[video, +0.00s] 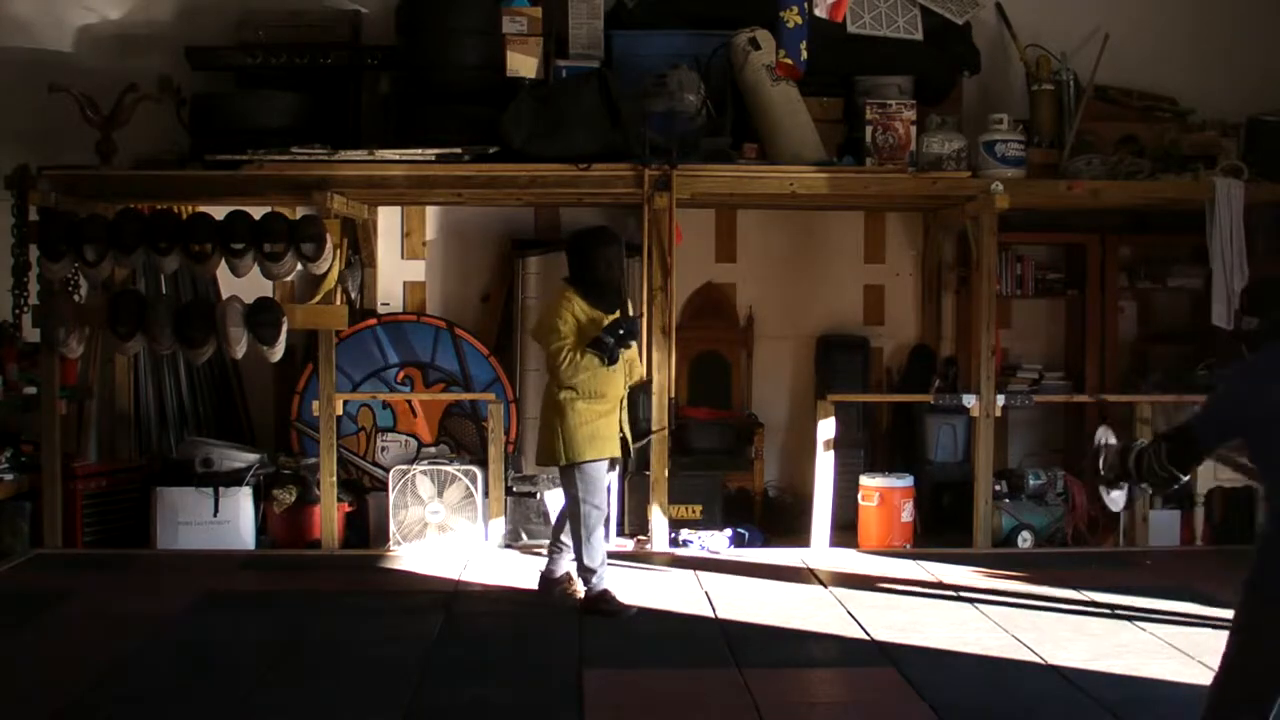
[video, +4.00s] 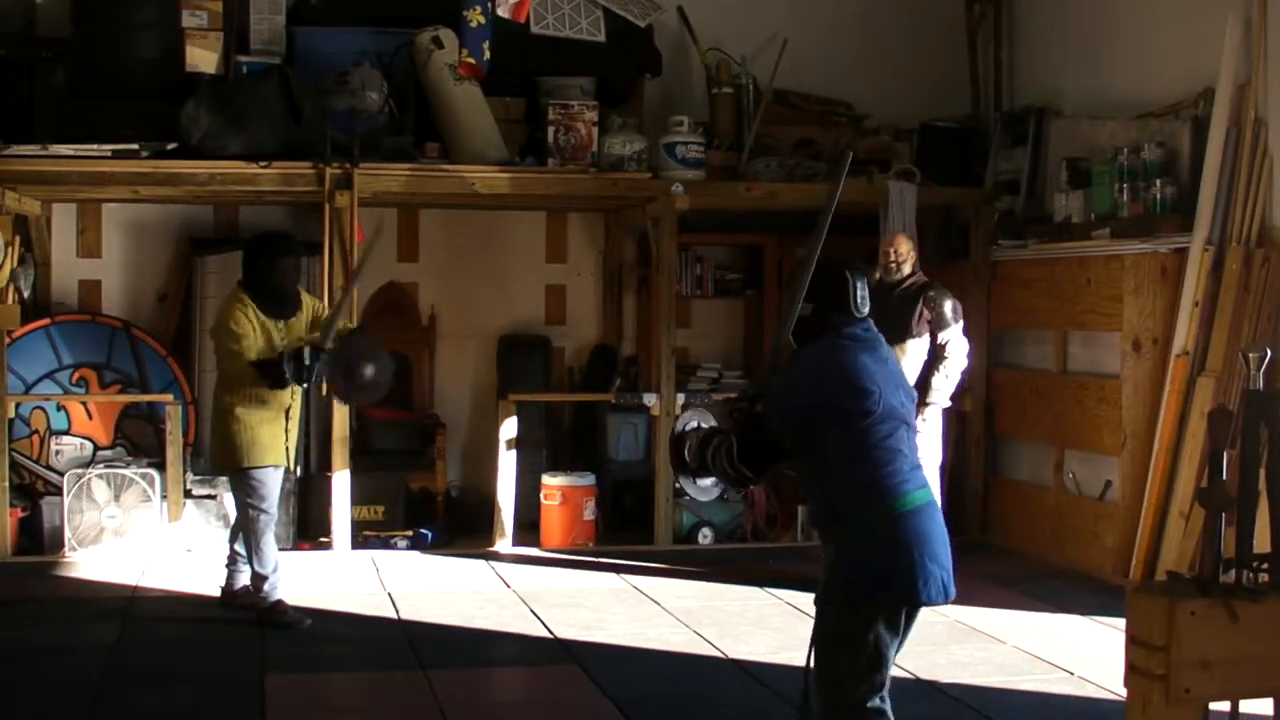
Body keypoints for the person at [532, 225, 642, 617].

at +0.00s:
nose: (618, 270)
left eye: (619, 261)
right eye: (609, 261)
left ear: (617, 264)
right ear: (589, 264)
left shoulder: (614, 309)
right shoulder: (563, 308)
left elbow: (631, 375)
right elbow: (566, 371)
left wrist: (630, 341)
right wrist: (607, 344)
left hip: (608, 423)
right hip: (577, 423)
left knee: (584, 502)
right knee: (591, 506)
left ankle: (555, 575)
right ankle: (595, 587)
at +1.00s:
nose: (532, 265)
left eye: (533, 256)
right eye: (524, 256)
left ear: (529, 260)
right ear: (501, 259)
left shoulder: (524, 304)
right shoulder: (478, 305)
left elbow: (529, 366)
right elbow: (460, 366)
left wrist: (540, 419)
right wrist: (458, 423)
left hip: (526, 417)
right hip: (499, 419)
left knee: (508, 498)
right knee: (519, 495)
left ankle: (496, 579)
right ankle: (515, 582)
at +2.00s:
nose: (382, 264)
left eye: (383, 255)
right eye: (374, 256)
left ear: (383, 258)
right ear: (352, 259)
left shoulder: (386, 305)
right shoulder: (327, 305)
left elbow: (395, 357)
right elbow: (314, 368)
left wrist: (414, 396)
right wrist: (322, 425)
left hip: (381, 423)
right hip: (351, 427)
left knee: (366, 502)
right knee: (360, 504)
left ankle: (354, 580)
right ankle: (358, 586)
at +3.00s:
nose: (296, 274)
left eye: (297, 266)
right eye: (287, 266)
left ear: (298, 268)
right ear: (263, 268)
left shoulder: (301, 310)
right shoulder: (232, 313)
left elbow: (308, 369)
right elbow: (212, 378)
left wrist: (315, 424)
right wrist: (206, 438)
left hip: (285, 429)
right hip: (248, 431)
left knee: (262, 512)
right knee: (263, 514)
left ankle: (239, 587)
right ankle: (262, 598)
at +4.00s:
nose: (295, 277)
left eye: (296, 268)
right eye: (286, 269)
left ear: (297, 268)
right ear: (261, 271)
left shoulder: (301, 303)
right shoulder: (237, 313)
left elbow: (336, 330)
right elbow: (237, 373)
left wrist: (351, 348)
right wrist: (288, 367)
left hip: (284, 425)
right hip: (248, 424)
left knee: (261, 504)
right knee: (261, 505)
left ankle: (236, 583)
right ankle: (266, 593)